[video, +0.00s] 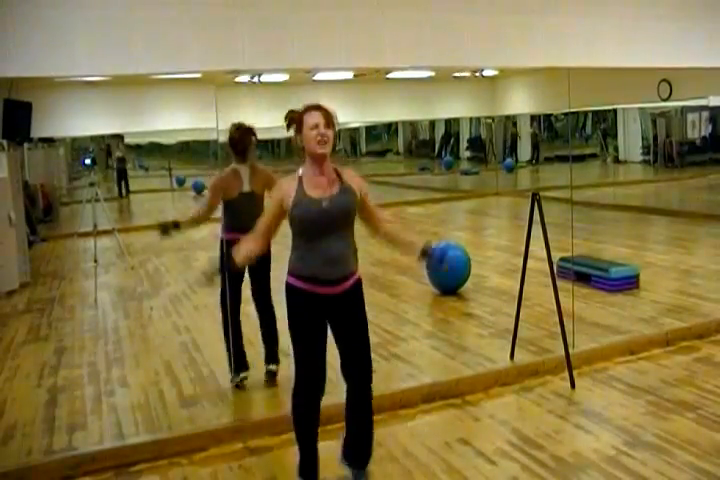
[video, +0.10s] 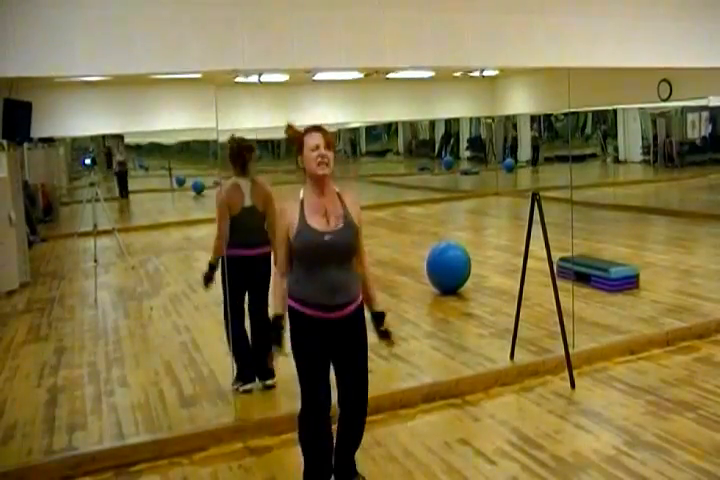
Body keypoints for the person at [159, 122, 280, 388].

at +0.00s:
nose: (250, 148)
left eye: (242, 144)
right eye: (251, 143)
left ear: (229, 147)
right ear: (252, 145)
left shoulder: (223, 180)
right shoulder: (265, 176)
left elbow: (205, 213)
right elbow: (284, 201)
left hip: (231, 245)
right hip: (260, 242)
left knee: (230, 306)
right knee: (264, 302)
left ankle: (238, 368)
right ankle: (272, 360)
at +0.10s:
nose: (239, 162)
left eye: (233, 158)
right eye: (245, 157)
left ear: (230, 160)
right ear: (251, 159)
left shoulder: (226, 193)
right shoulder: (264, 189)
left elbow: (223, 235)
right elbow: (273, 226)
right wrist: (277, 254)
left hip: (235, 259)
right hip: (261, 257)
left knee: (234, 316)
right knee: (259, 312)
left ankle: (245, 373)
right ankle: (265, 370)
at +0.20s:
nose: (242, 152)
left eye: (236, 148)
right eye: (245, 147)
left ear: (230, 152)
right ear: (252, 150)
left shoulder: (226, 185)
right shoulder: (265, 182)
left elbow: (218, 226)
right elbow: (276, 216)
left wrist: (200, 253)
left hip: (234, 251)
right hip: (261, 249)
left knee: (232, 309)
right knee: (264, 306)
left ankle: (242, 371)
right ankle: (267, 369)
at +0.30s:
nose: (240, 139)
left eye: (235, 134)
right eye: (246, 134)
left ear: (231, 138)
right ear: (254, 137)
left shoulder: (223, 170)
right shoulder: (268, 166)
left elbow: (201, 201)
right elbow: (282, 197)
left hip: (232, 241)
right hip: (261, 240)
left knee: (229, 302)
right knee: (268, 298)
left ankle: (233, 365)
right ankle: (274, 358)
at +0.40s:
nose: (251, 140)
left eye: (243, 134)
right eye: (252, 135)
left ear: (232, 140)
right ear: (254, 138)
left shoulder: (225, 168)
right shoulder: (267, 163)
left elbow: (188, 175)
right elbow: (298, 155)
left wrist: (172, 162)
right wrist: (309, 127)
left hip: (233, 237)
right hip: (261, 236)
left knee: (223, 300)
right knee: (276, 298)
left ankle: (220, 364)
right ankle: (292, 359)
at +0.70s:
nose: (239, 151)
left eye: (239, 147)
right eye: (243, 146)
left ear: (230, 152)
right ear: (254, 152)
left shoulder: (223, 176)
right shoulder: (265, 173)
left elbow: (190, 160)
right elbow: (292, 151)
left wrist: (189, 129)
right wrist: (292, 120)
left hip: (234, 254)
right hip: (262, 252)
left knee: (215, 316)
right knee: (284, 308)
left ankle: (205, 380)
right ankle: (304, 365)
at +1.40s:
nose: (240, 158)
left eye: (238, 152)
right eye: (242, 152)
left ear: (232, 160)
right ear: (252, 159)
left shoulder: (224, 186)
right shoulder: (266, 183)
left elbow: (193, 167)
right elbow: (290, 152)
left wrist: (201, 137)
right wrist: (277, 123)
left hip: (234, 267)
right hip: (264, 265)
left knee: (210, 322)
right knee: (286, 316)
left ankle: (207, 385)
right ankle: (306, 364)